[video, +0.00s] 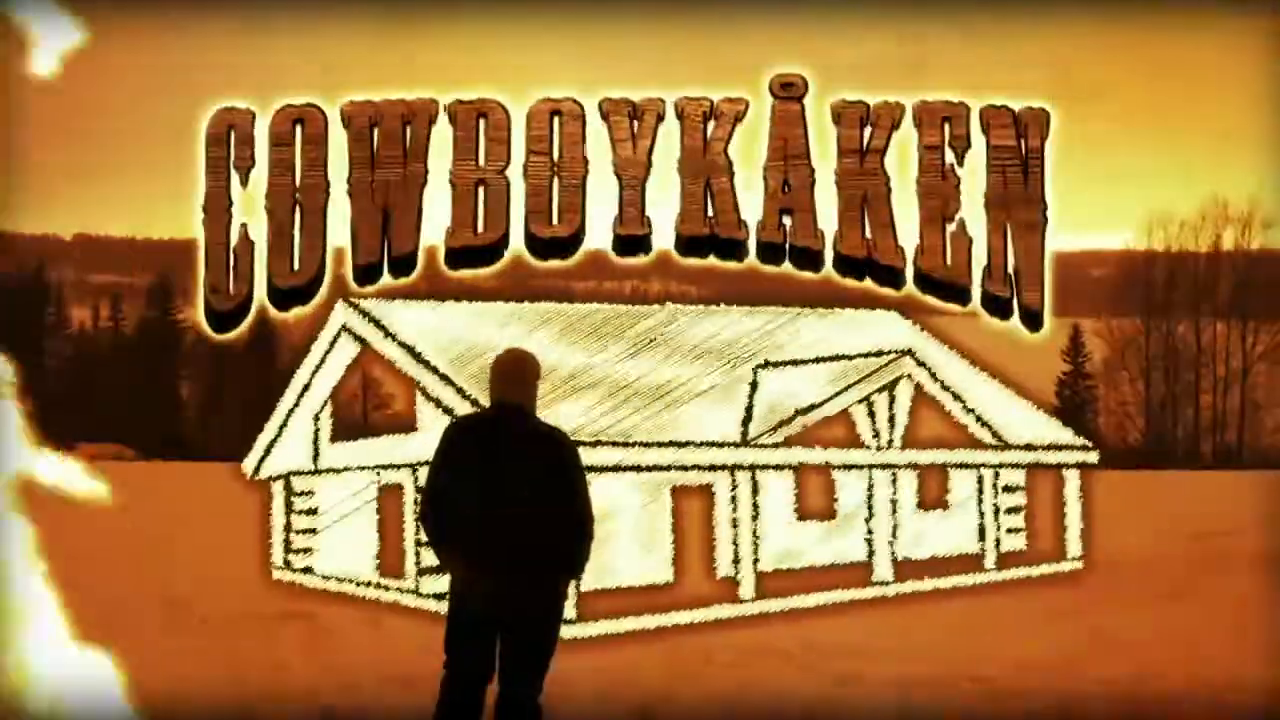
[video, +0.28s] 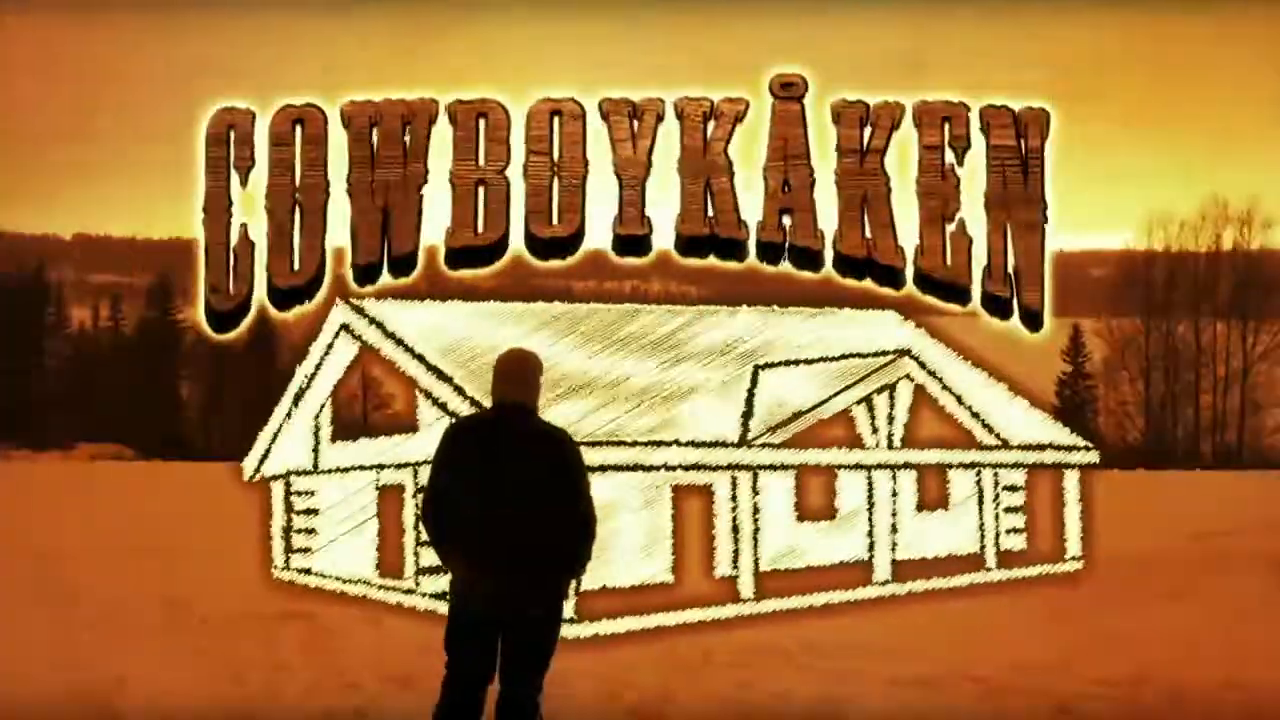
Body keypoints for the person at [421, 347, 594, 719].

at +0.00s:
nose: (522, 390)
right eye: (527, 382)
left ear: (491, 383)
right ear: (535, 386)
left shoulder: (461, 434)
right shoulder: (557, 443)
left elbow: (433, 508)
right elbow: (580, 518)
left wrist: (454, 560)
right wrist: (566, 570)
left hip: (473, 586)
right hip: (538, 590)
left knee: (462, 685)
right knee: (522, 691)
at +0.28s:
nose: (524, 390)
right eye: (530, 383)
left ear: (494, 384)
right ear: (537, 387)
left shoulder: (462, 435)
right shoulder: (560, 444)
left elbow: (434, 510)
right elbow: (582, 519)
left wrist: (458, 562)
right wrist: (566, 569)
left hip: (474, 587)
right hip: (538, 592)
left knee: (463, 686)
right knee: (522, 691)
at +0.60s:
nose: (529, 392)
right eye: (535, 384)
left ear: (497, 385)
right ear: (541, 389)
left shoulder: (464, 434)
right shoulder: (562, 445)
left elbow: (436, 509)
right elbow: (582, 522)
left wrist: (462, 562)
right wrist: (566, 572)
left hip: (476, 588)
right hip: (540, 592)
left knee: (464, 689)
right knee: (521, 694)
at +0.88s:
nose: (529, 392)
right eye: (536, 385)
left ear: (498, 384)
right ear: (543, 389)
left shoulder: (465, 434)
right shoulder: (562, 445)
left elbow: (439, 508)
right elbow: (581, 521)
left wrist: (463, 563)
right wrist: (568, 573)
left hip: (478, 588)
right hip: (542, 592)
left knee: (465, 688)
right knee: (523, 693)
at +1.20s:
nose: (535, 393)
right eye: (539, 385)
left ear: (498, 384)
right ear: (541, 389)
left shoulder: (465, 434)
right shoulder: (561, 446)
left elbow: (439, 506)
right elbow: (579, 521)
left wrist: (462, 560)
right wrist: (568, 572)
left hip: (477, 589)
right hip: (541, 594)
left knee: (466, 689)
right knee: (522, 694)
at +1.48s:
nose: (528, 393)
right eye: (533, 385)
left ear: (494, 384)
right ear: (538, 389)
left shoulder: (464, 433)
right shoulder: (558, 444)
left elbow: (437, 508)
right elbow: (578, 520)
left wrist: (461, 561)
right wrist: (566, 571)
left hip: (475, 589)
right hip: (540, 594)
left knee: (464, 690)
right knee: (522, 693)